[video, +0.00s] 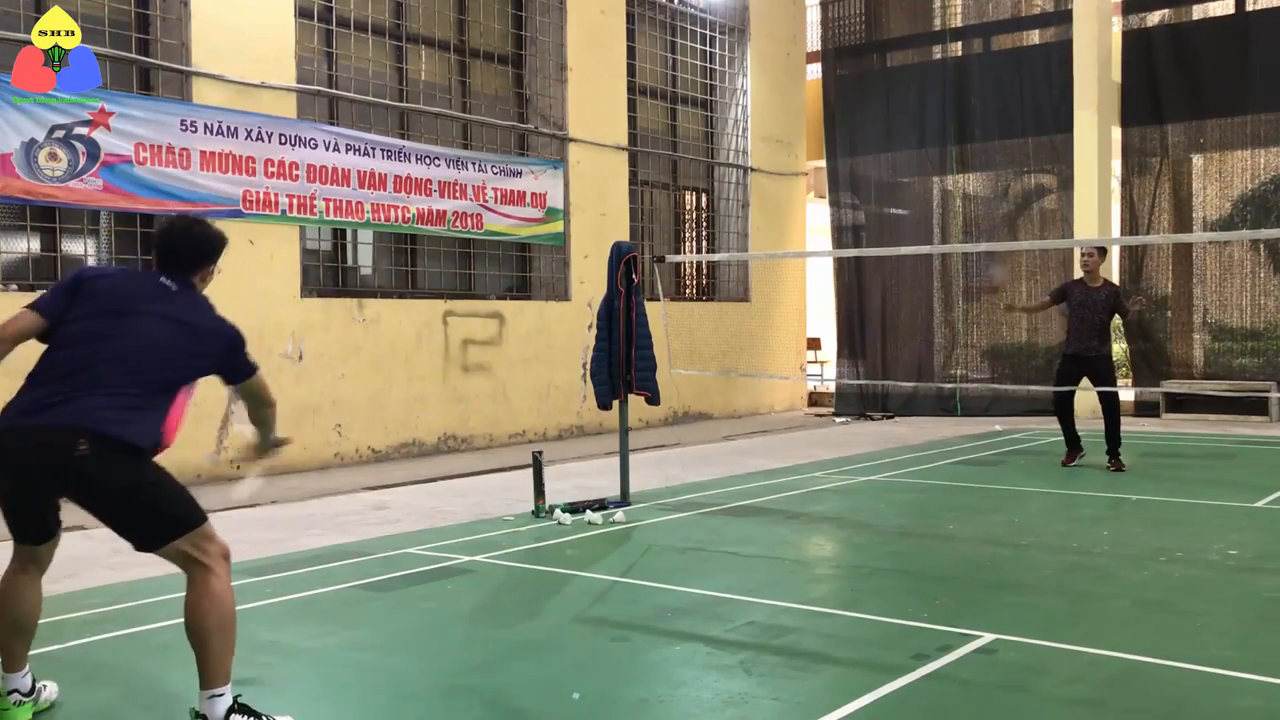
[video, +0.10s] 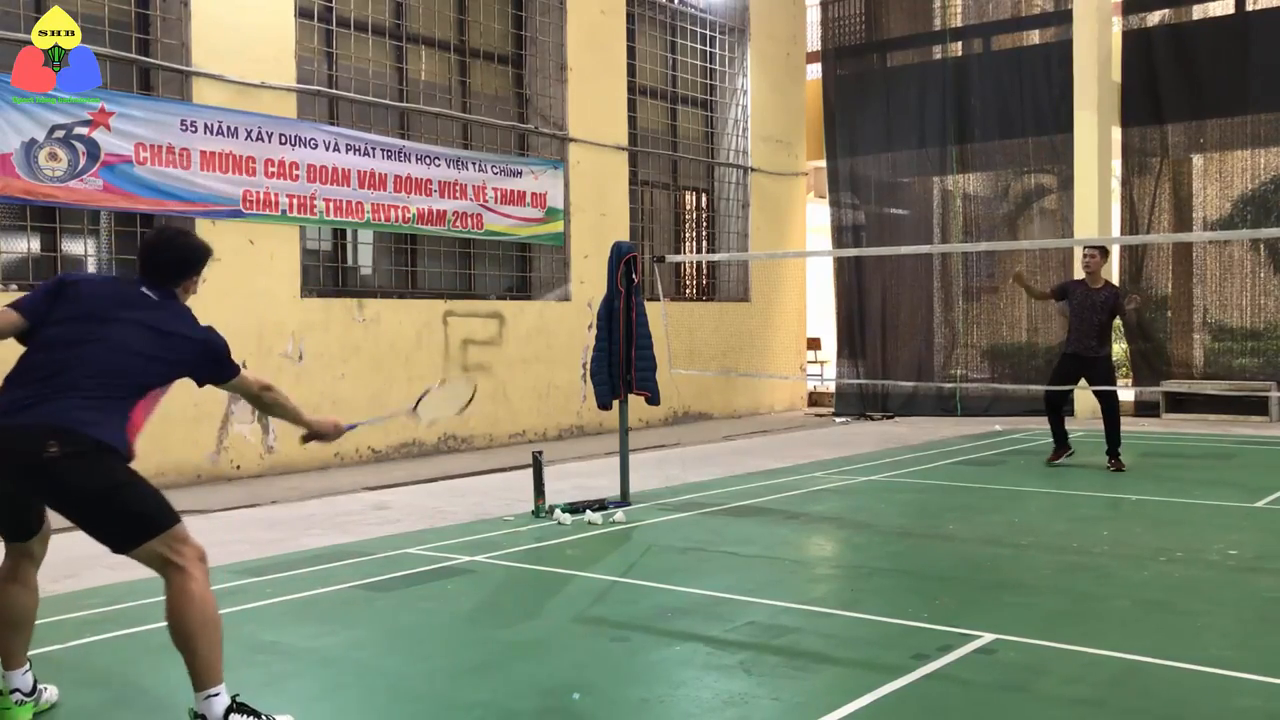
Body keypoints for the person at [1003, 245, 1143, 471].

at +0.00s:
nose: (1085, 259)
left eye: (1090, 255)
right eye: (1083, 255)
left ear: (1101, 260)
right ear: (1080, 259)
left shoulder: (1112, 290)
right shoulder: (1071, 287)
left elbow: (1126, 318)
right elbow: (1043, 305)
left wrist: (1133, 310)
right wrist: (1018, 308)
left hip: (1100, 358)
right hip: (1072, 356)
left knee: (1111, 405)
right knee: (1061, 401)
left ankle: (1114, 455)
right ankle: (1073, 448)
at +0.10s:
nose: (1087, 260)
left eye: (1092, 256)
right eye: (1085, 256)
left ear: (1103, 261)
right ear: (1081, 260)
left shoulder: (1114, 293)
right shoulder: (1073, 287)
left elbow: (1129, 327)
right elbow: (1041, 295)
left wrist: (1129, 311)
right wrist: (1024, 284)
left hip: (1099, 359)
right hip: (1071, 356)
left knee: (1110, 404)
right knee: (1052, 397)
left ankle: (1114, 455)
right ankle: (1061, 445)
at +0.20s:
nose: (1086, 262)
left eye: (1091, 259)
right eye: (1084, 258)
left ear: (1103, 263)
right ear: (1081, 262)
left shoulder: (1112, 295)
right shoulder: (1072, 287)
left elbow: (1126, 326)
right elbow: (1041, 285)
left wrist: (1126, 309)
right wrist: (1031, 263)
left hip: (1097, 360)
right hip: (1069, 357)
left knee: (1109, 407)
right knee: (1049, 400)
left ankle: (1113, 456)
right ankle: (1044, 451)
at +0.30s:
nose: (1079, 262)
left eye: (1085, 259)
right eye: (1078, 259)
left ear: (1097, 264)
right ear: (1076, 263)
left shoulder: (1106, 296)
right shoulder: (1067, 287)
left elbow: (1120, 326)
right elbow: (1038, 281)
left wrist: (1121, 311)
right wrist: (1036, 256)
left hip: (1092, 360)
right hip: (1065, 358)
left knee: (1107, 408)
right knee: (1045, 403)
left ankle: (1113, 457)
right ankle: (1040, 451)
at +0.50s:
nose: (1053, 256)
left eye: (1060, 254)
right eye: (1055, 253)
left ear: (1073, 261)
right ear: (1054, 260)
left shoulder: (1081, 291)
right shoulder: (1043, 284)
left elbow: (1098, 321)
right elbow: (1009, 270)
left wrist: (1102, 306)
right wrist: (1010, 246)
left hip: (1077, 356)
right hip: (1050, 355)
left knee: (1097, 405)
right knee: (1035, 403)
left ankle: (1113, 454)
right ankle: (1032, 451)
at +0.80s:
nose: (1032, 257)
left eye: (1038, 254)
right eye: (1031, 253)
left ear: (1050, 261)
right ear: (1029, 260)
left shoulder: (1062, 288)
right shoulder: (1021, 288)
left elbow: (1082, 314)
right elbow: (996, 308)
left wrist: (1087, 300)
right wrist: (972, 325)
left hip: (1062, 354)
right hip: (1034, 356)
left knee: (1080, 402)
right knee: (1028, 405)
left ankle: (1093, 451)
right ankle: (1031, 452)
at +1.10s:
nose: (1040, 260)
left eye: (1045, 256)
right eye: (1038, 256)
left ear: (1057, 260)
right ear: (1036, 260)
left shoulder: (1067, 290)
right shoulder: (1026, 288)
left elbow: (1085, 319)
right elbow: (999, 301)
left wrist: (1092, 306)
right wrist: (975, 300)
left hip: (1064, 356)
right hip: (1036, 357)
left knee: (1085, 401)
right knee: (1029, 405)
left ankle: (1101, 451)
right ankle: (1031, 452)